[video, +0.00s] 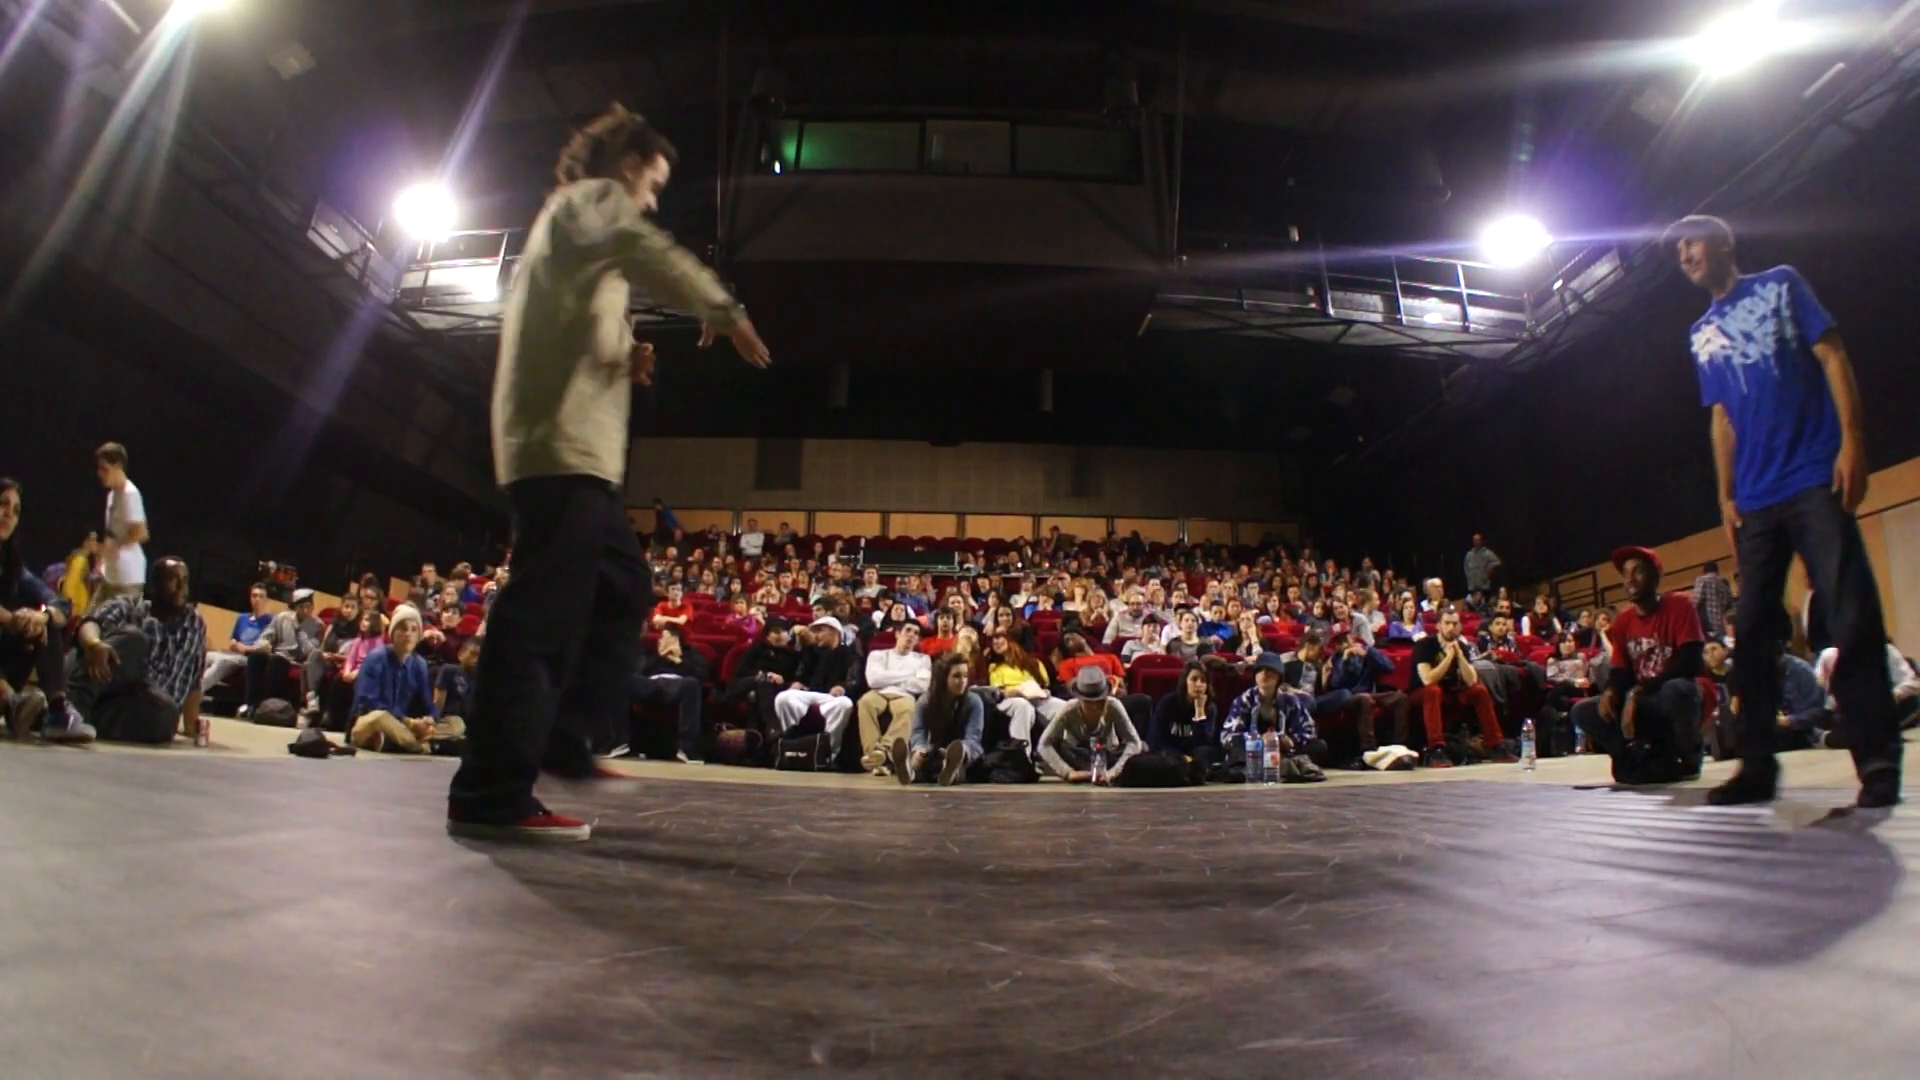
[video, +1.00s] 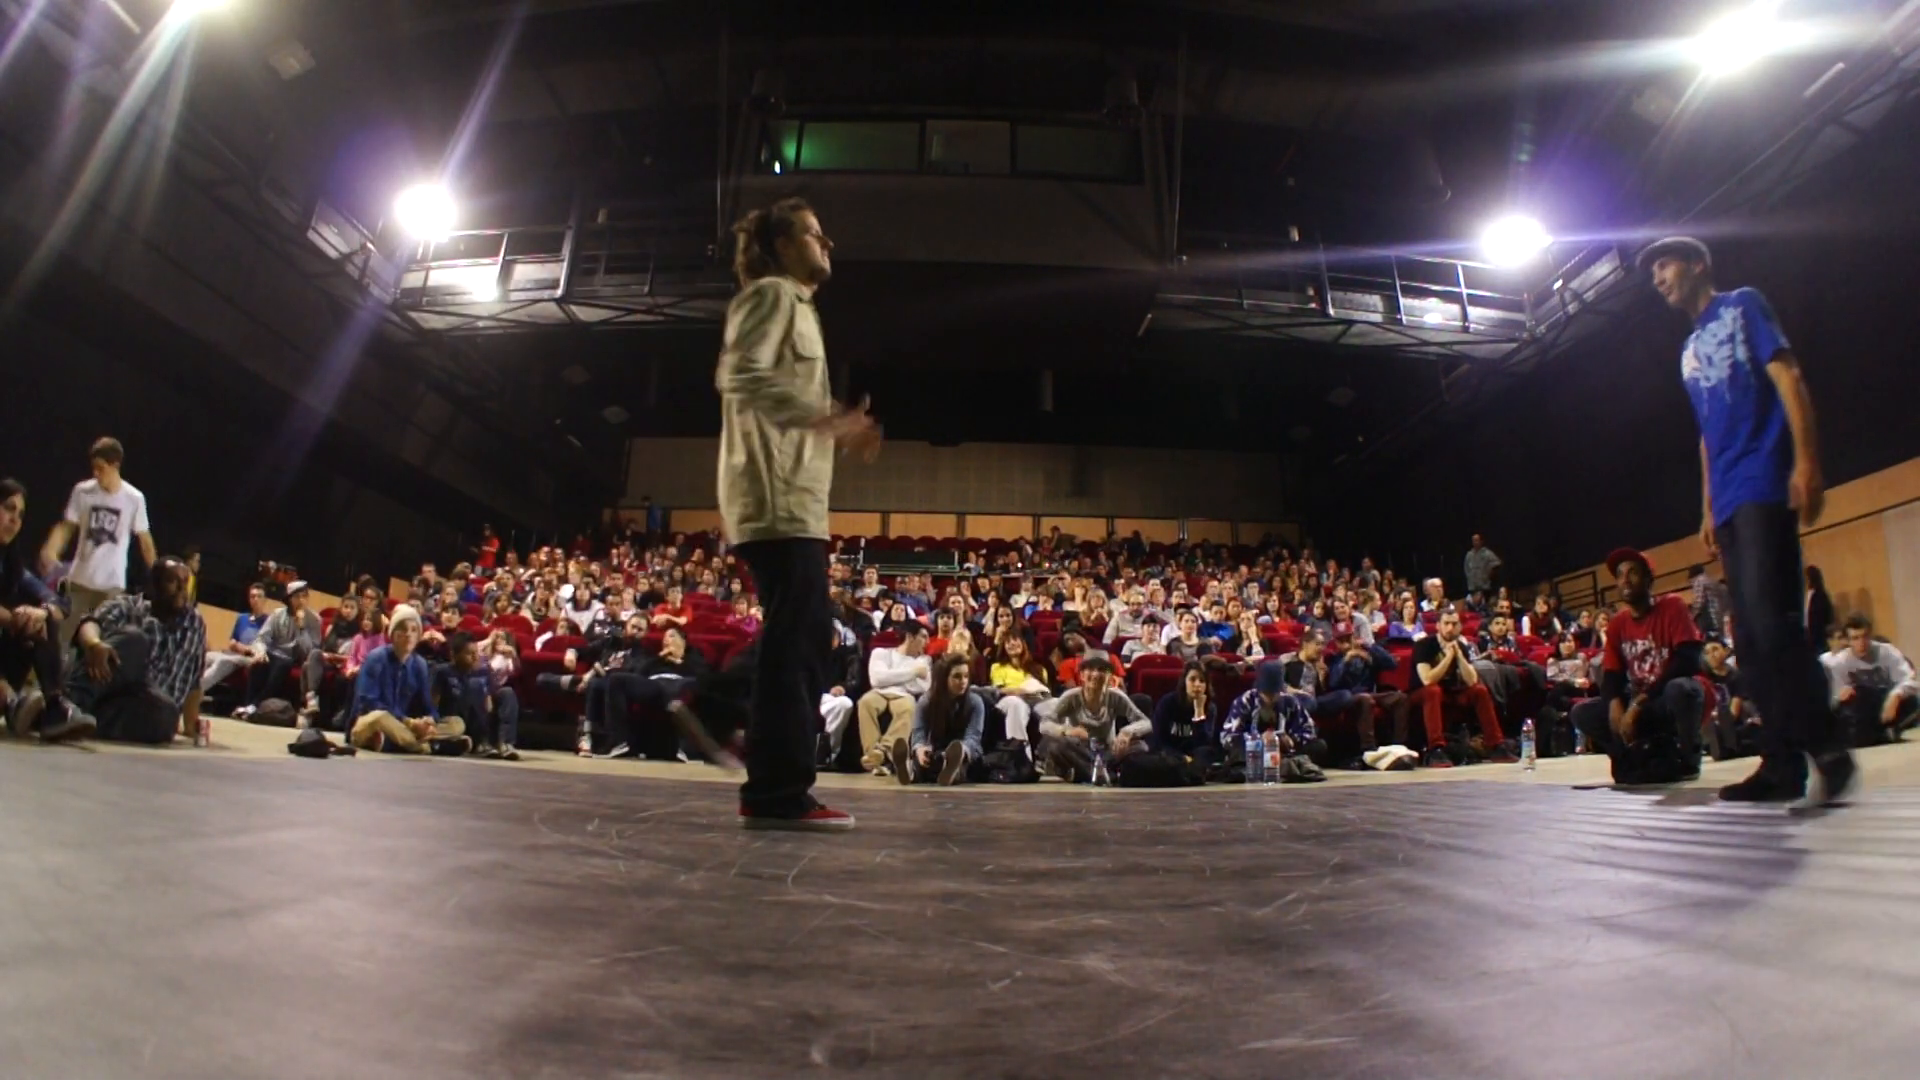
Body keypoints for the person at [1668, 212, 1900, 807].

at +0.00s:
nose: (1687, 256)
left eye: (1695, 243)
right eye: (1681, 250)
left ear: (1726, 245)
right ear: (1684, 263)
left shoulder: (1780, 285)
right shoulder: (1700, 335)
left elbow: (1833, 358)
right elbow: (1721, 418)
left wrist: (1852, 445)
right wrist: (1726, 496)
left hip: (1813, 480)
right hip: (1754, 498)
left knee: (1851, 621)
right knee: (1751, 628)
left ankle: (1878, 770)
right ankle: (1756, 768)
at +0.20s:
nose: (1700, 245)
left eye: (1708, 231)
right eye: (1694, 240)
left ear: (1741, 231)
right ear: (1697, 255)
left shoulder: (1792, 277)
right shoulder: (1712, 328)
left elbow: (1844, 350)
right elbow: (1731, 412)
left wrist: (1865, 433)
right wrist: (1735, 485)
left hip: (1829, 475)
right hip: (1769, 491)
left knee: (1868, 622)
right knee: (1781, 631)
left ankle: (1880, 773)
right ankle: (1782, 772)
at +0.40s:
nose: (1700, 247)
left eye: (1707, 233)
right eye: (1694, 242)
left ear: (1741, 231)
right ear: (1699, 254)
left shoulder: (1798, 278)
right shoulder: (1717, 324)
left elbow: (1844, 355)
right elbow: (1736, 409)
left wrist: (1865, 446)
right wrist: (1741, 488)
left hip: (1830, 480)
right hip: (1770, 496)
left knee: (1871, 623)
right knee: (1780, 633)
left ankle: (1880, 772)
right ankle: (1782, 771)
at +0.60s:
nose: (1696, 247)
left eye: (1703, 233)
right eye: (1690, 242)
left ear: (1738, 231)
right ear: (1697, 254)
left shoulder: (1792, 276)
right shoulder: (1716, 325)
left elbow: (1835, 359)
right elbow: (1735, 410)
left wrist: (1858, 453)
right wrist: (1738, 491)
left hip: (1823, 480)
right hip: (1765, 494)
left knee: (1864, 624)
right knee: (1778, 632)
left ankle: (1879, 771)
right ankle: (1782, 770)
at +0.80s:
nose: (1682, 260)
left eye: (1689, 248)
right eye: (1678, 253)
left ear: (1723, 246)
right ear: (1687, 264)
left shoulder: (1772, 286)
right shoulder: (1705, 335)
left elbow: (1818, 363)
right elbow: (1724, 419)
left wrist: (1842, 455)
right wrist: (1724, 496)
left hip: (1798, 486)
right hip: (1747, 500)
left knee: (1837, 623)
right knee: (1765, 630)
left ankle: (1874, 767)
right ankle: (1783, 765)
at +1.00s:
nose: (1658, 278)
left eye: (1665, 265)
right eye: (1654, 274)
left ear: (1698, 264)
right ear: (1662, 286)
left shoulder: (1741, 303)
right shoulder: (1687, 354)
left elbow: (1786, 376)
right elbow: (1707, 436)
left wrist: (1806, 461)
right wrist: (1709, 512)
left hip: (1764, 484)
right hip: (1727, 499)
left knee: (1773, 620)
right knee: (1750, 630)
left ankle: (1828, 752)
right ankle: (1780, 763)